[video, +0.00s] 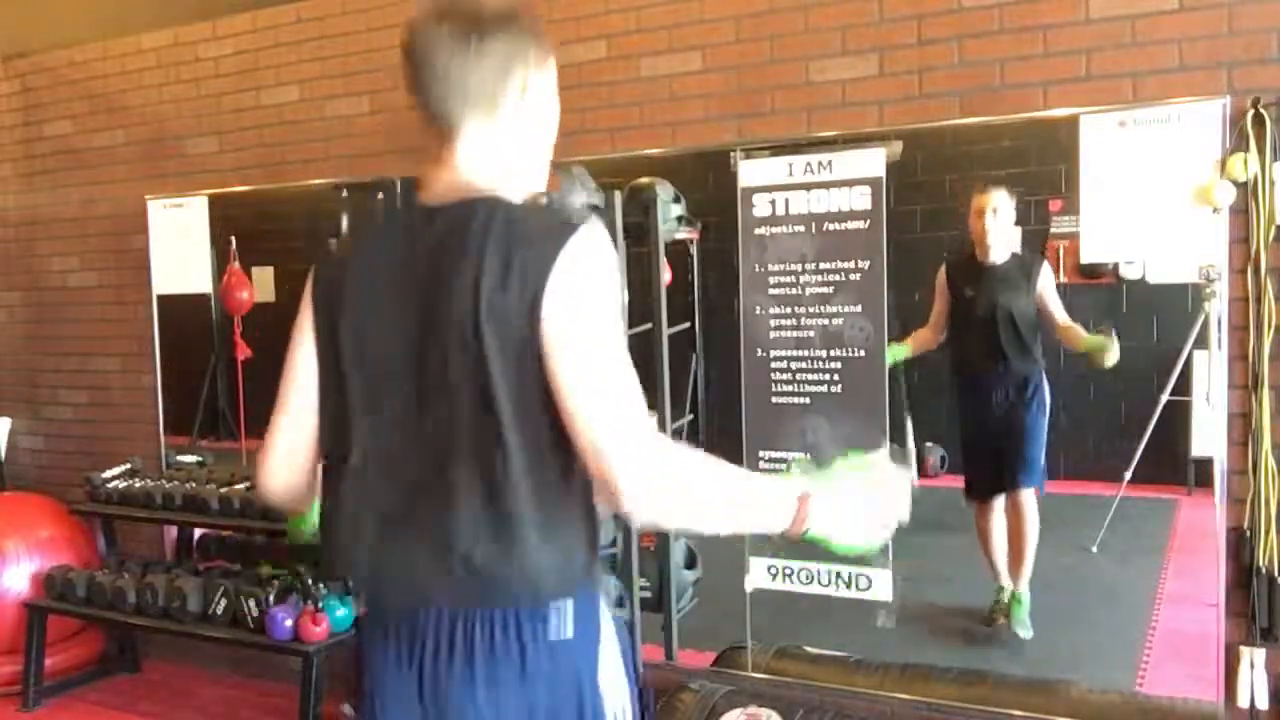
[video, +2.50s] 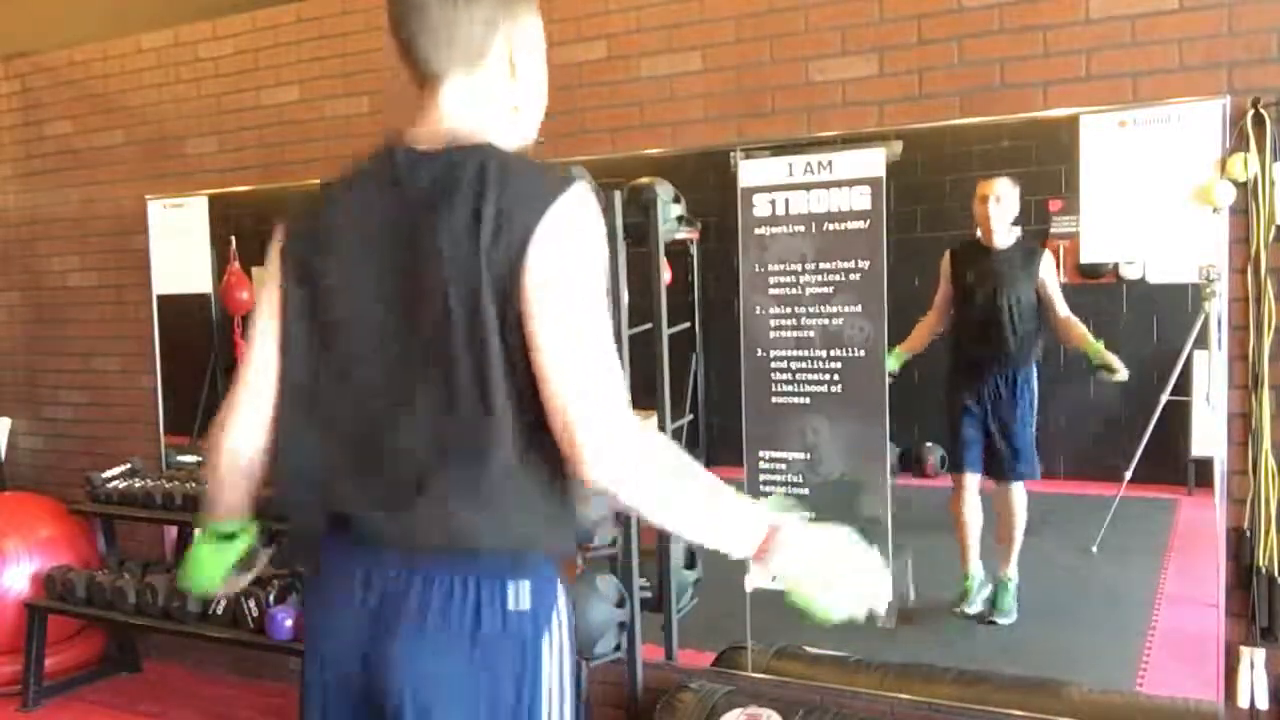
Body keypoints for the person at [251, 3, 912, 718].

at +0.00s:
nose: (557, 118)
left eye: (553, 93)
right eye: (553, 93)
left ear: (424, 105)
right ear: (528, 97)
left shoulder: (339, 270)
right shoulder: (557, 247)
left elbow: (282, 478)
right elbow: (632, 472)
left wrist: (393, 434)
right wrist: (810, 502)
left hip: (396, 637)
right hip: (539, 635)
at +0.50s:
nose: (581, 61)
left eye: (577, 41)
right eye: (577, 39)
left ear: (454, 52)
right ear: (555, 41)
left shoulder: (354, 212)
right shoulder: (588, 194)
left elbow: (296, 427)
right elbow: (644, 436)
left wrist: (270, 541)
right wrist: (809, 552)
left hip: (381, 578)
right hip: (530, 595)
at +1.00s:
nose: (540, 80)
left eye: (538, 57)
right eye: (537, 56)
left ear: (416, 62)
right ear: (517, 57)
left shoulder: (311, 229)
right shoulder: (540, 198)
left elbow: (268, 454)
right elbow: (589, 441)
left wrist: (267, 512)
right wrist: (760, 533)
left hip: (356, 573)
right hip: (504, 582)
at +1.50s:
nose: (513, 145)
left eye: (506, 121)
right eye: (508, 121)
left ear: (384, 134)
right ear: (487, 122)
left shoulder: (299, 292)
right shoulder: (516, 267)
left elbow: (242, 511)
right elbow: (597, 502)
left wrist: (346, 421)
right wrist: (791, 491)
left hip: (371, 640)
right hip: (518, 642)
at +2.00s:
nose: (562, 156)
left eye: (557, 130)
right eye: (557, 130)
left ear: (436, 136)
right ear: (530, 129)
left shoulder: (326, 302)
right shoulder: (563, 292)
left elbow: (265, 508)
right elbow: (638, 524)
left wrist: (373, 440)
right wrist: (812, 522)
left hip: (373, 665)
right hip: (520, 667)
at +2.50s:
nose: (545, 83)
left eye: (542, 56)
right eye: (541, 56)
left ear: (412, 62)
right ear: (513, 61)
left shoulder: (312, 223)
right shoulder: (543, 201)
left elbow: (241, 438)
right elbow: (601, 444)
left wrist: (219, 531)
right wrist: (775, 540)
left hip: (339, 595)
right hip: (488, 607)